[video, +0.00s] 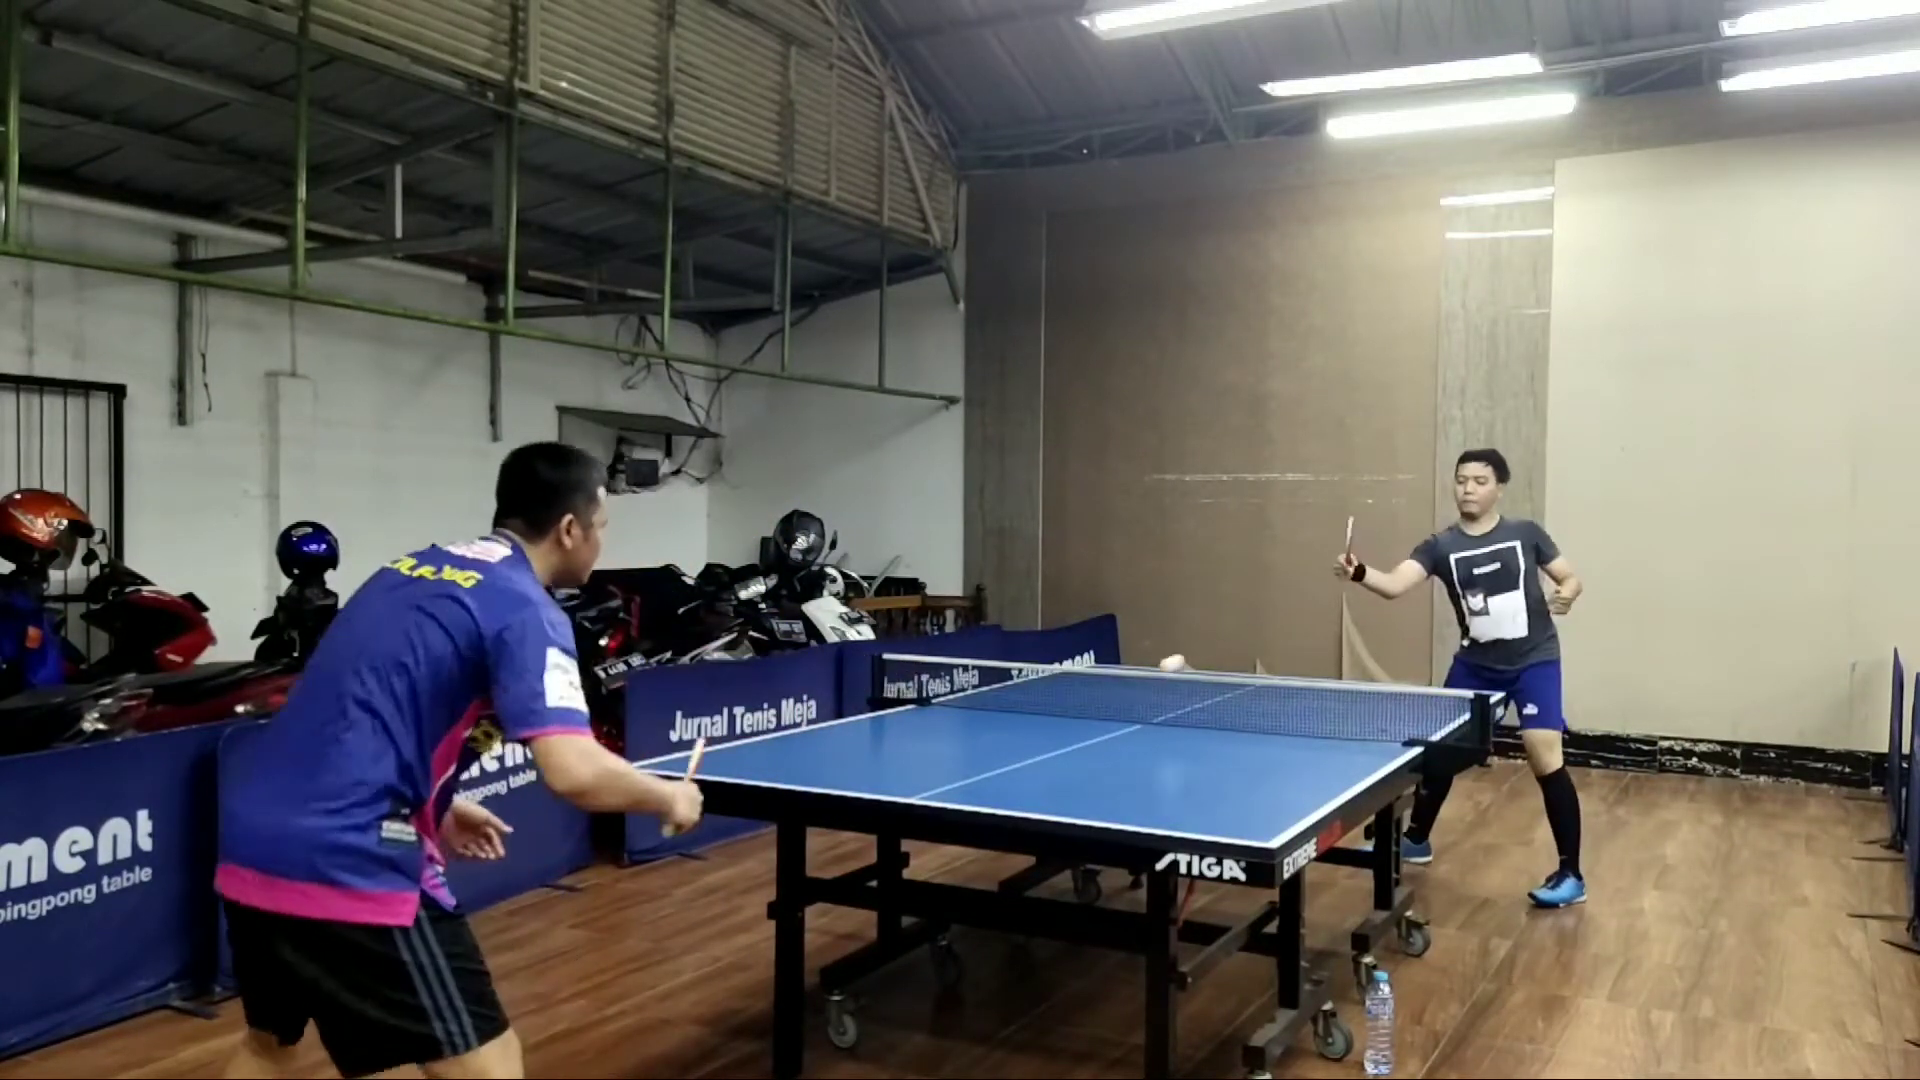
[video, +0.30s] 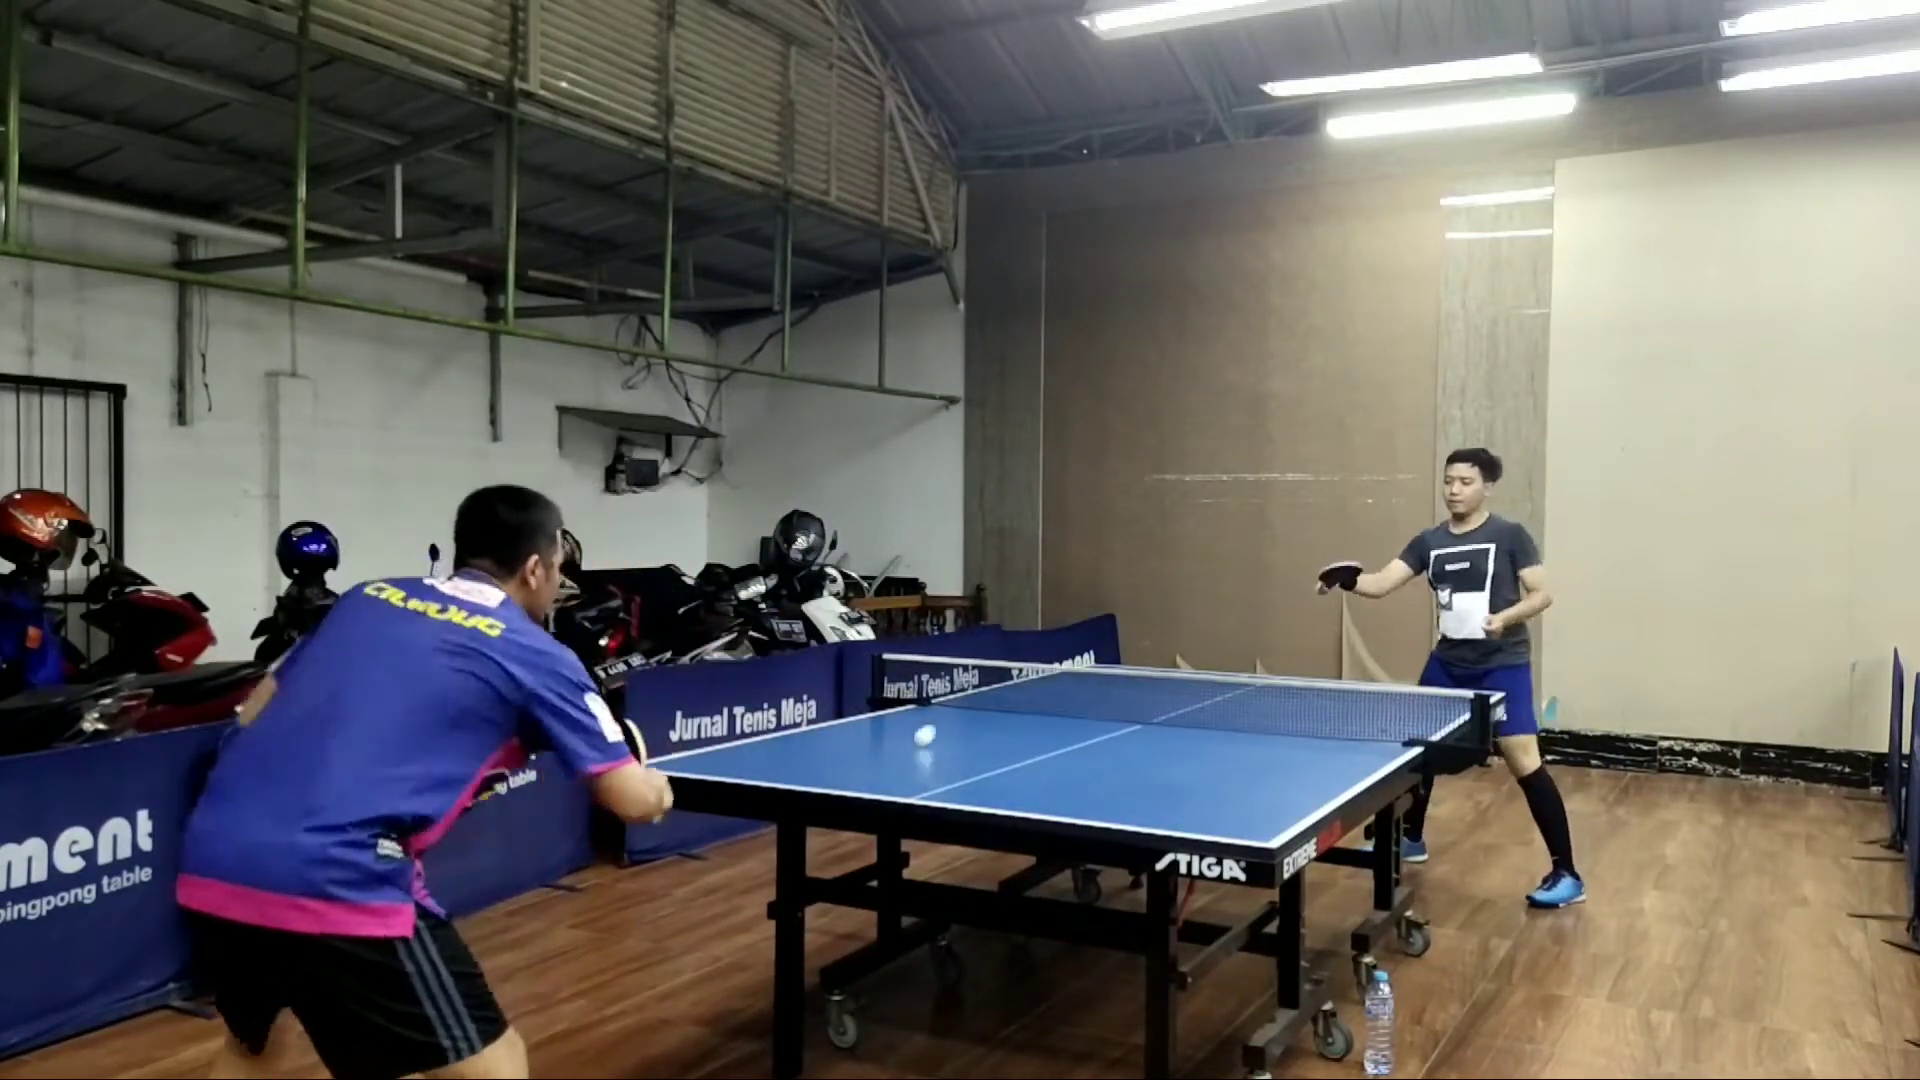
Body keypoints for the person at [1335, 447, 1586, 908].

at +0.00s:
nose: (1469, 489)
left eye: (1480, 481)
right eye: (1462, 481)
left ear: (1499, 488)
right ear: (1454, 488)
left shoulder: (1525, 532)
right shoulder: (1441, 546)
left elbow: (1569, 579)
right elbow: (1395, 584)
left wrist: (1565, 594)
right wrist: (1359, 572)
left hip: (1534, 660)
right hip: (1477, 661)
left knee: (1544, 754)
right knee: (1440, 747)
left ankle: (1570, 874)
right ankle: (1416, 837)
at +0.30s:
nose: (1455, 489)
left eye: (1466, 482)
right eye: (1450, 481)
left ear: (1487, 488)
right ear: (1443, 486)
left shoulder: (1510, 536)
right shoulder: (1429, 541)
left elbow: (1542, 594)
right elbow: (1381, 583)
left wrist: (1504, 617)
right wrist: (1346, 578)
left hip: (1503, 668)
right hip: (1446, 664)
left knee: (1525, 765)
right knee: (1419, 750)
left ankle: (1566, 873)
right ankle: (1411, 837)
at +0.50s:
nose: (1435, 491)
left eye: (1446, 484)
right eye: (1431, 483)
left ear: (1469, 488)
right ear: (1426, 489)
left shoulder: (1491, 534)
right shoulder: (1421, 546)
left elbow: (1513, 590)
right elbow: (1390, 601)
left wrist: (1452, 604)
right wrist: (1348, 611)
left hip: (1496, 666)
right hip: (1439, 664)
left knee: (1525, 762)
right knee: (1408, 744)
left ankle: (1567, 870)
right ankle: (1411, 837)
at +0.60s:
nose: (1431, 495)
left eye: (1441, 487)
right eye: (1426, 487)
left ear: (1465, 490)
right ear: (1423, 493)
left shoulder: (1489, 533)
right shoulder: (1425, 552)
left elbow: (1509, 587)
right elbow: (1405, 611)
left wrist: (1443, 600)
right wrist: (1360, 624)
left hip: (1503, 666)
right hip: (1446, 665)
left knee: (1529, 763)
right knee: (1409, 743)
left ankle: (1570, 873)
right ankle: (1410, 836)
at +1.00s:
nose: (1366, 552)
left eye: (1373, 543)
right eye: (1364, 545)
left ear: (1402, 545)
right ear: (1396, 548)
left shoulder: (1408, 571)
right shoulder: (1408, 577)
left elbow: (1376, 610)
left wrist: (1312, 626)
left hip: (1478, 689)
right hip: (1441, 689)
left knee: (1494, 792)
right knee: (1384, 750)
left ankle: (1566, 877)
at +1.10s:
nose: (1337, 553)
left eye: (1345, 545)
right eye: (1336, 546)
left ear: (1373, 546)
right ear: (1372, 549)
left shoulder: (1377, 570)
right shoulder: (1383, 580)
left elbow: (1366, 597)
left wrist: (1309, 616)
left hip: (1446, 688)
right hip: (1407, 690)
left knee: (1478, 781)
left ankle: (1564, 873)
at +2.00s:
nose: (1330, 514)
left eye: (1339, 505)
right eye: (1323, 507)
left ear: (1361, 508)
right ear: (1319, 514)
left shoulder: (1380, 549)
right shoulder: (1340, 564)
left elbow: (1391, 600)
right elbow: (1352, 624)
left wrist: (1340, 616)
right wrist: (1307, 657)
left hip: (1415, 662)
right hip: (1371, 663)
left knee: (1434, 751)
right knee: (1335, 731)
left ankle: (1487, 840)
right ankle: (1381, 808)